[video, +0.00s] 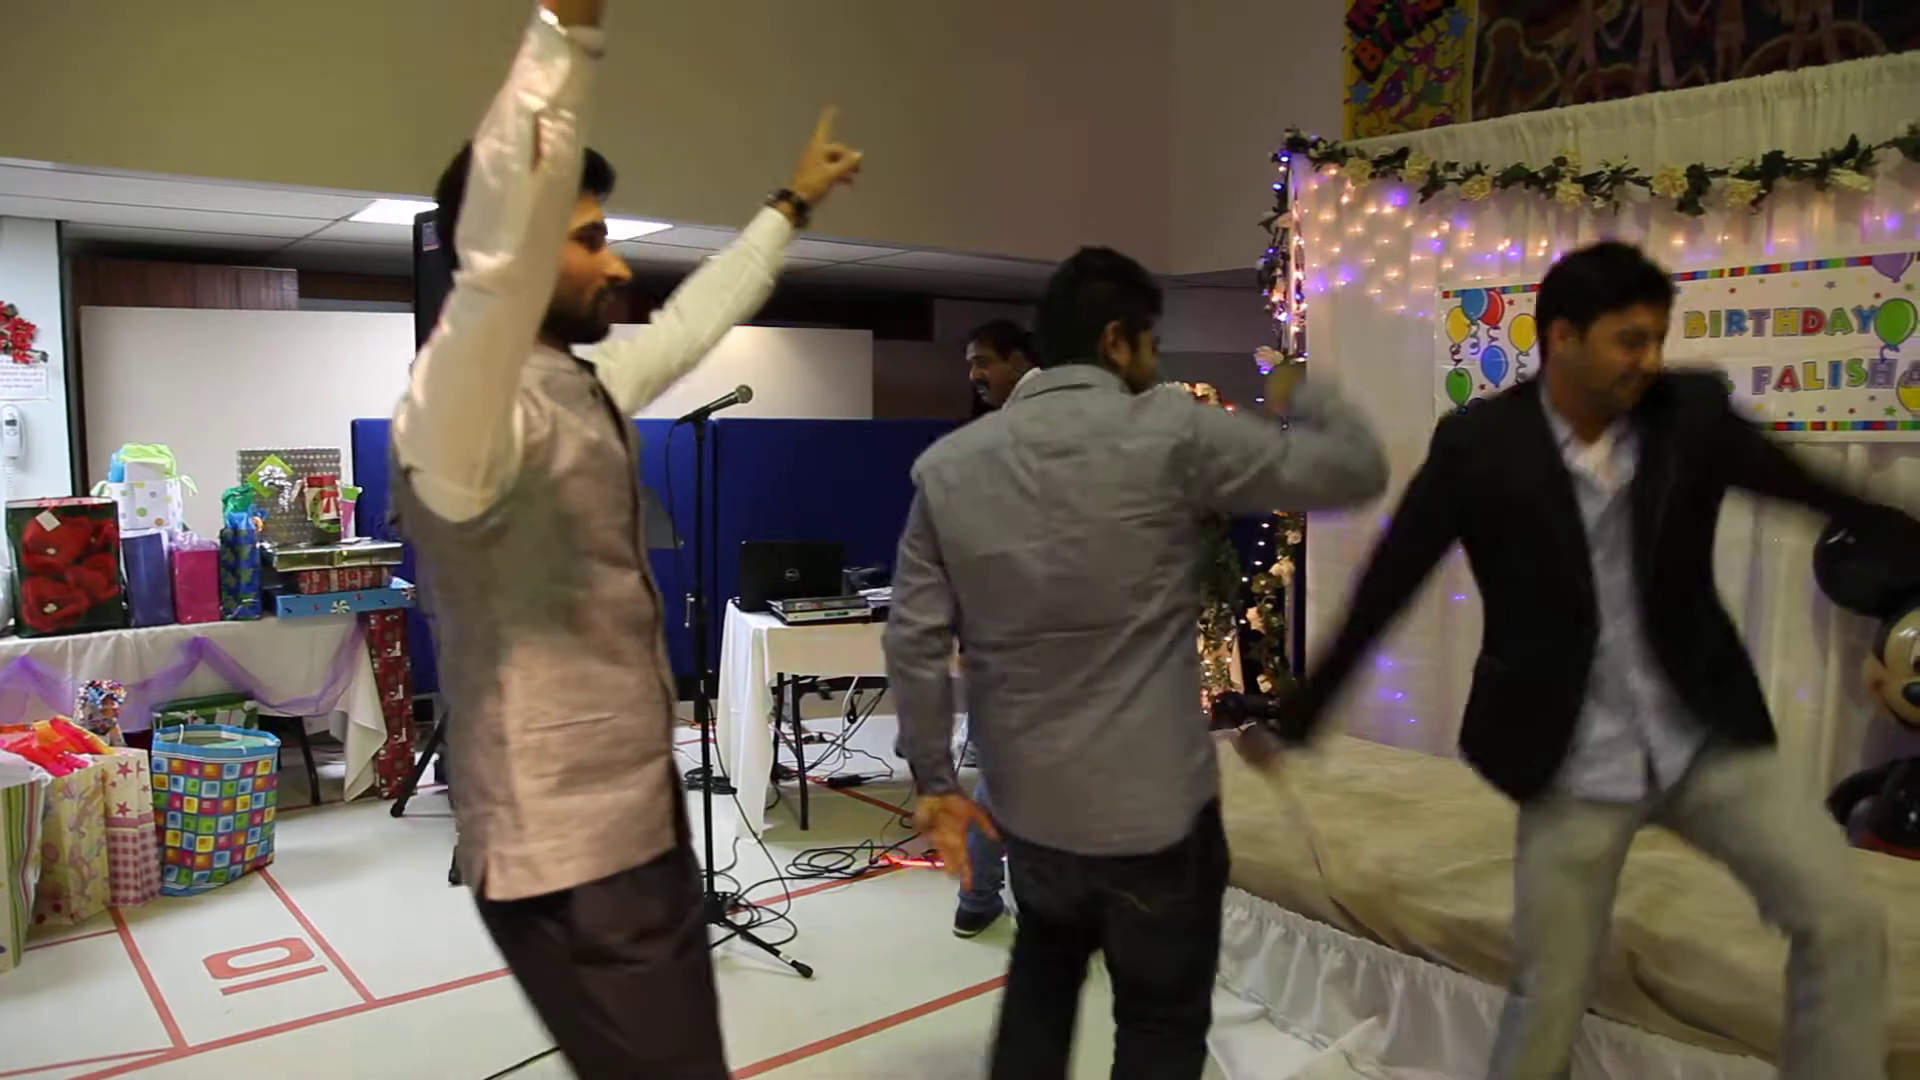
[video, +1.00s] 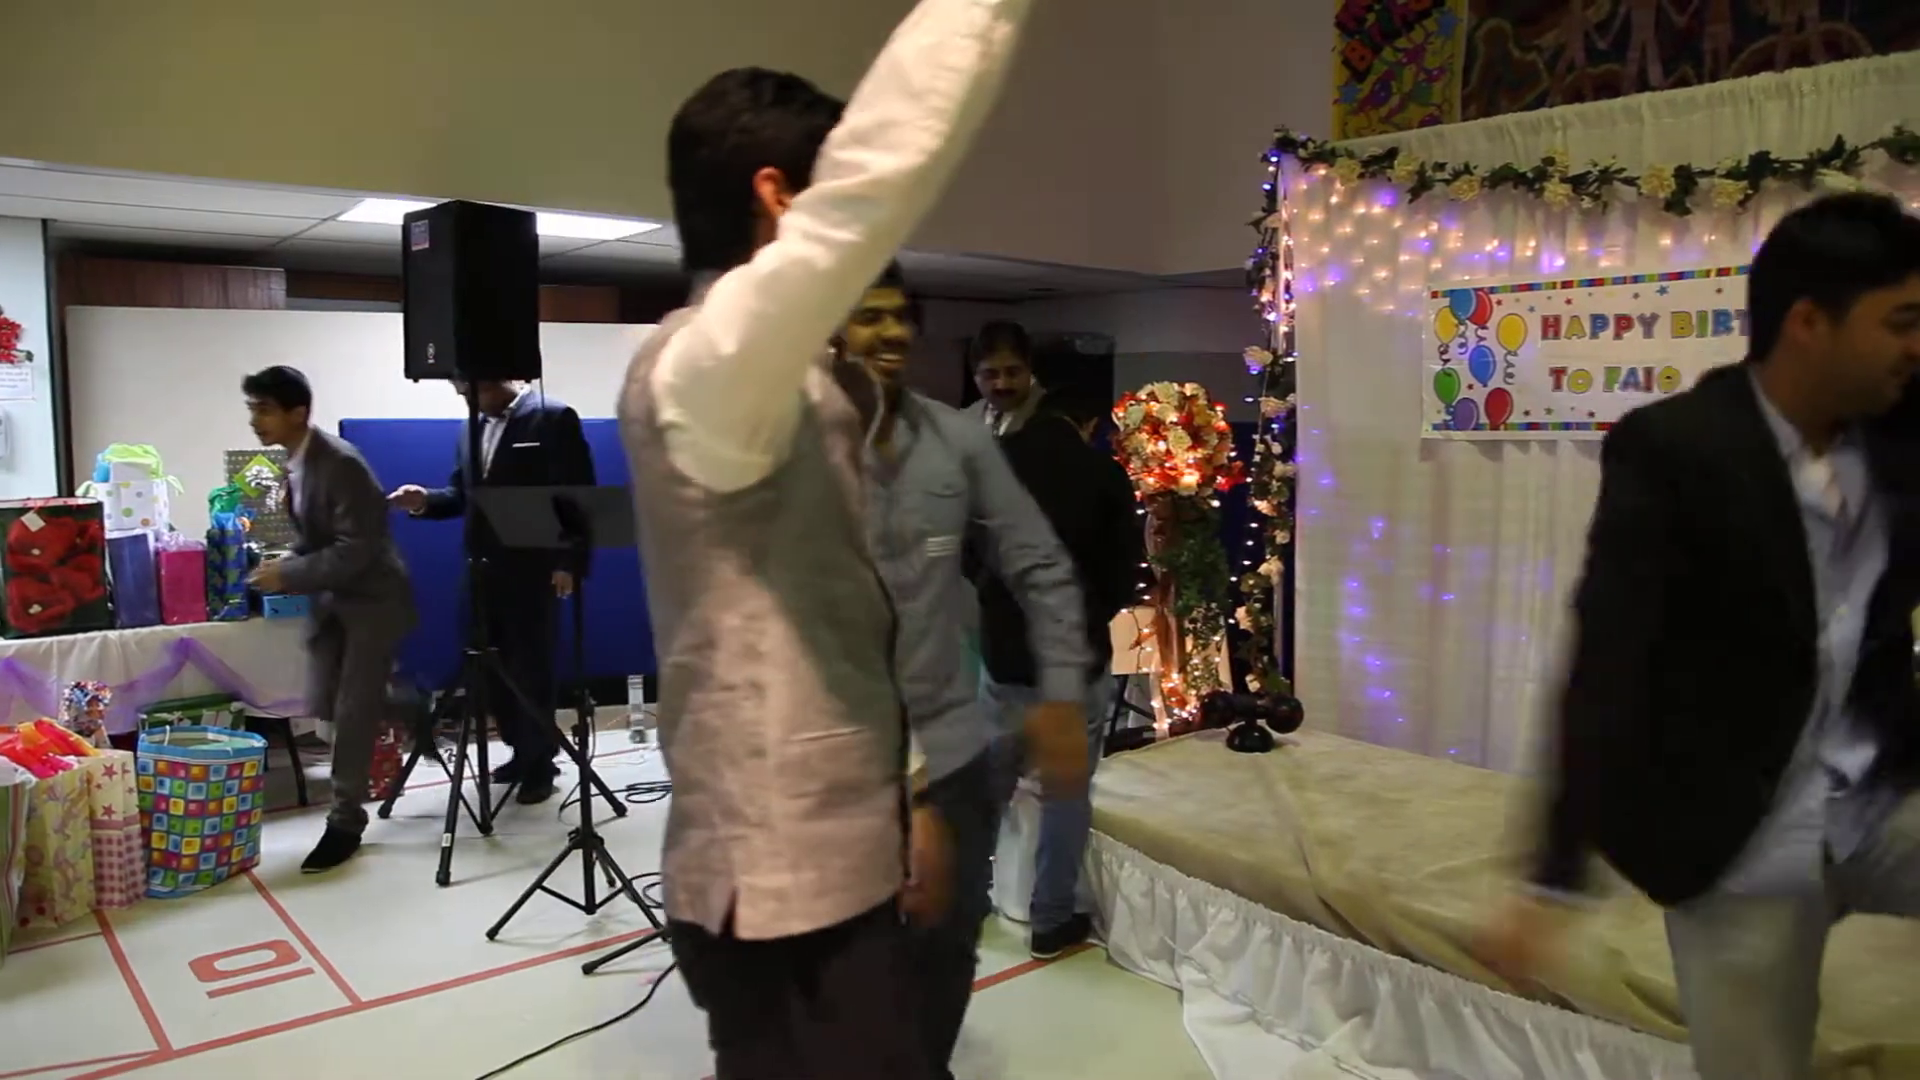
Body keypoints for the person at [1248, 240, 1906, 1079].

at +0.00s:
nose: (1650, 362)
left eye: (1658, 341)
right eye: (1630, 341)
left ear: (1666, 338)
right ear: (1560, 339)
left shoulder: (1690, 415)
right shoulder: (1480, 442)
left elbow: (1804, 484)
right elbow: (1387, 584)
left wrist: (1893, 524)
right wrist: (1300, 710)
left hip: (1704, 737)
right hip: (1572, 761)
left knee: (1843, 918)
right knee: (1549, 1000)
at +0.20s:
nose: (1723, 362)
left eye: (1723, 343)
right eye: (1699, 346)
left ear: (1728, 346)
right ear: (1623, 359)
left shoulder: (1764, 417)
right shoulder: (1526, 450)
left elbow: (1900, 371)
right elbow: (1374, 525)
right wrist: (1250, 593)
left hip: (1716, 747)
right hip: (1576, 771)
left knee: (1882, 887)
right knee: (1569, 1031)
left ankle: (1914, 1061)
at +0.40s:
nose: (1766, 320)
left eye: (1768, 296)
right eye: (1743, 298)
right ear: (1661, 302)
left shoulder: (1804, 372)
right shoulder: (1547, 412)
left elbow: (1916, 403)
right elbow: (1428, 570)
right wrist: (1340, 740)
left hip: (1792, 743)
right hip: (1633, 761)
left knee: (1890, 1006)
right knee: (1613, 1040)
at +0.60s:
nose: (1789, 400)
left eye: (1793, 375)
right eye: (1759, 380)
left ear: (1799, 372)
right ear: (1674, 393)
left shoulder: (1848, 488)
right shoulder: (1583, 518)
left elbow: (1890, 674)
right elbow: (1613, 723)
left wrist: (1877, 817)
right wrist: (1769, 835)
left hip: (1836, 852)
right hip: (1673, 860)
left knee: (1908, 1054)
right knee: (1670, 1068)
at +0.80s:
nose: (1879, 337)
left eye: (1882, 311)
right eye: (1853, 314)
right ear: (1757, 315)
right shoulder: (1635, 416)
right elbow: (1668, 633)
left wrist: (1710, 689)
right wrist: (1877, 667)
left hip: (1876, 773)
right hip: (1717, 791)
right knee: (1731, 1064)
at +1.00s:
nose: (1917, 350)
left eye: (1917, 325)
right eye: (1900, 324)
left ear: (1818, 327)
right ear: (1808, 324)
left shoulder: (1897, 447)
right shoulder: (1667, 450)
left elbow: (1898, 637)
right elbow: (1607, 666)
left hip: (1872, 805)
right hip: (1736, 839)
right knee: (1756, 1068)